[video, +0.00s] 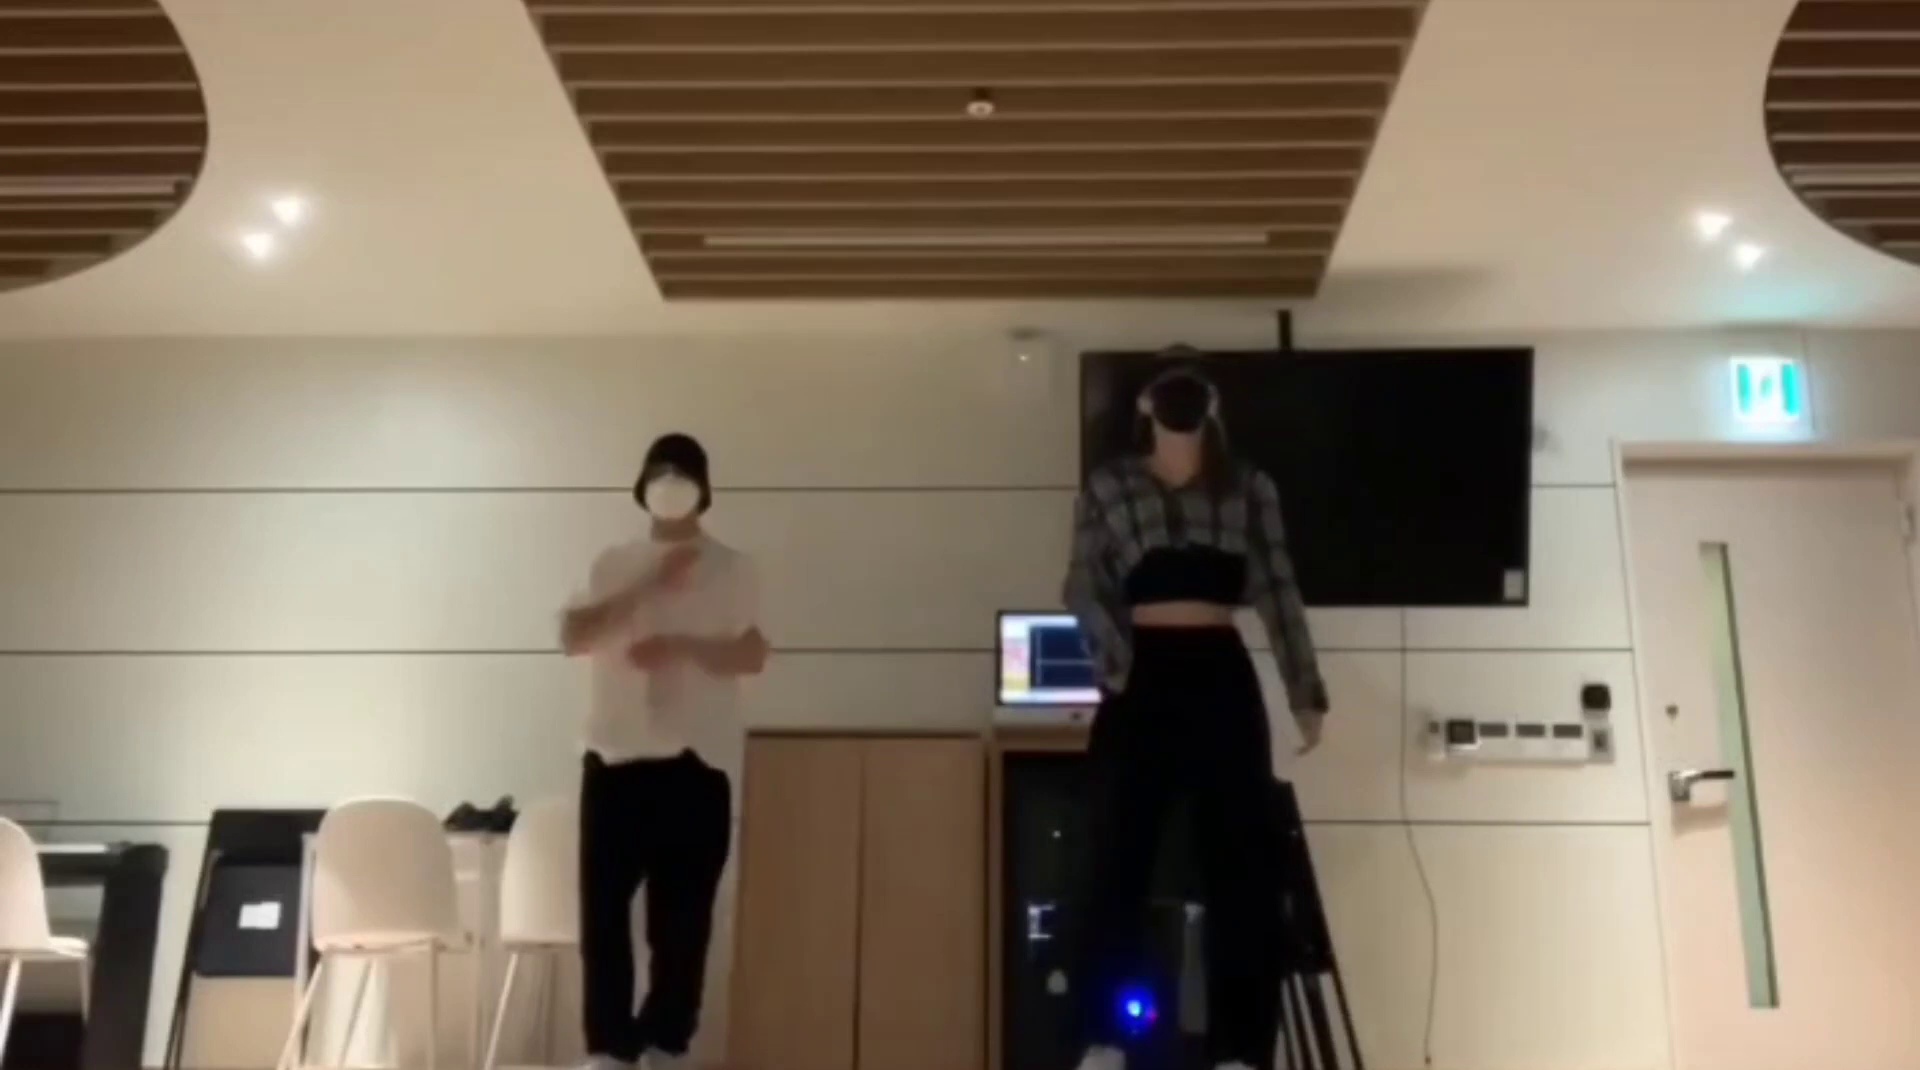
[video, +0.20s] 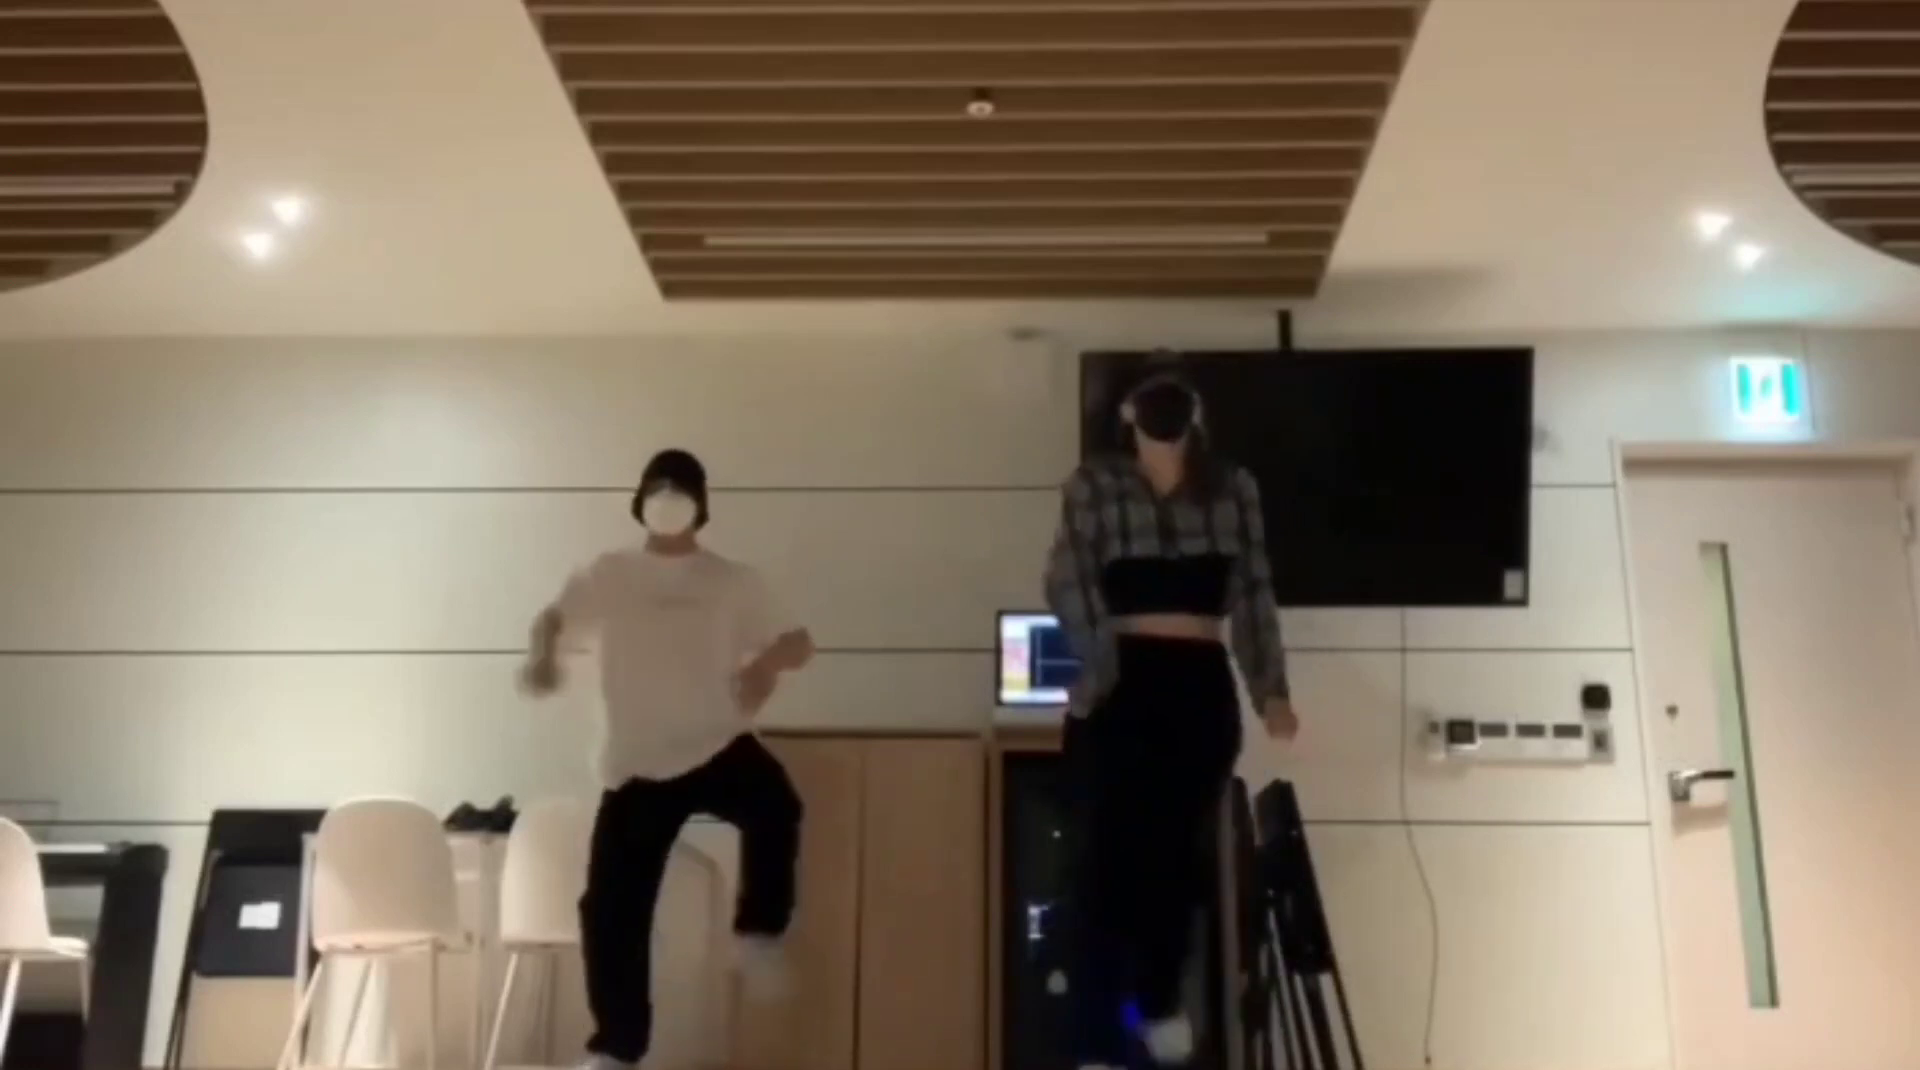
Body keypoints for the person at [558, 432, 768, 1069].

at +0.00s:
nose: (669, 491)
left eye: (683, 479)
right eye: (658, 479)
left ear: (704, 490)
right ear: (642, 489)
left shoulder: (733, 569)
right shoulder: (617, 563)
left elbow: (753, 655)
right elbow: (574, 636)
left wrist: (679, 647)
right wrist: (651, 584)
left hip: (698, 765)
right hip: (615, 763)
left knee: (681, 916)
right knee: (604, 914)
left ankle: (666, 1046)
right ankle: (608, 1047)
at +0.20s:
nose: (668, 504)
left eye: (682, 493)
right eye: (657, 493)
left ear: (701, 505)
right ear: (640, 503)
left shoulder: (735, 584)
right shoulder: (610, 577)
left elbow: (798, 642)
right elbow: (552, 619)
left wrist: (768, 665)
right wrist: (544, 661)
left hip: (721, 752)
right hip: (639, 766)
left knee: (775, 808)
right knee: (611, 904)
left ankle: (761, 937)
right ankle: (617, 1044)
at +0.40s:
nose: (692, 519)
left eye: (704, 507)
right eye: (681, 507)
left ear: (724, 519)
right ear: (662, 519)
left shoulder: (754, 589)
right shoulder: (636, 601)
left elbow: (770, 653)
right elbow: (566, 669)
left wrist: (808, 602)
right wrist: (497, 726)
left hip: (769, 779)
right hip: (680, 793)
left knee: (847, 883)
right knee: (630, 920)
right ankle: (621, 1049)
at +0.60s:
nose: (698, 516)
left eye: (712, 503)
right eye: (685, 507)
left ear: (734, 515)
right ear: (672, 523)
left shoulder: (776, 580)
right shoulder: (674, 602)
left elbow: (871, 596)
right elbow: (681, 683)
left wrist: (939, 560)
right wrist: (634, 740)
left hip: (804, 791)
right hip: (718, 803)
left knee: (877, 914)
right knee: (653, 925)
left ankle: (953, 1042)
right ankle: (620, 1052)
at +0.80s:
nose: (706, 507)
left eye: (719, 496)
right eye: (695, 500)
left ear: (745, 507)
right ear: (684, 518)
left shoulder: (772, 553)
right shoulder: (705, 590)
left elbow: (836, 537)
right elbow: (725, 680)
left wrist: (914, 508)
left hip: (808, 772)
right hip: (733, 788)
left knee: (874, 908)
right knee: (684, 918)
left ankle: (953, 1043)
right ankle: (623, 1049)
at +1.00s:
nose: (732, 517)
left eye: (737, 501)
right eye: (724, 509)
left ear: (762, 497)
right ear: (721, 523)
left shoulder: (784, 562)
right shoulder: (748, 582)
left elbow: (776, 494)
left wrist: (768, 451)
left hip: (809, 771)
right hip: (749, 779)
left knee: (864, 917)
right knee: (693, 923)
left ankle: (954, 1046)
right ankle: (623, 1051)